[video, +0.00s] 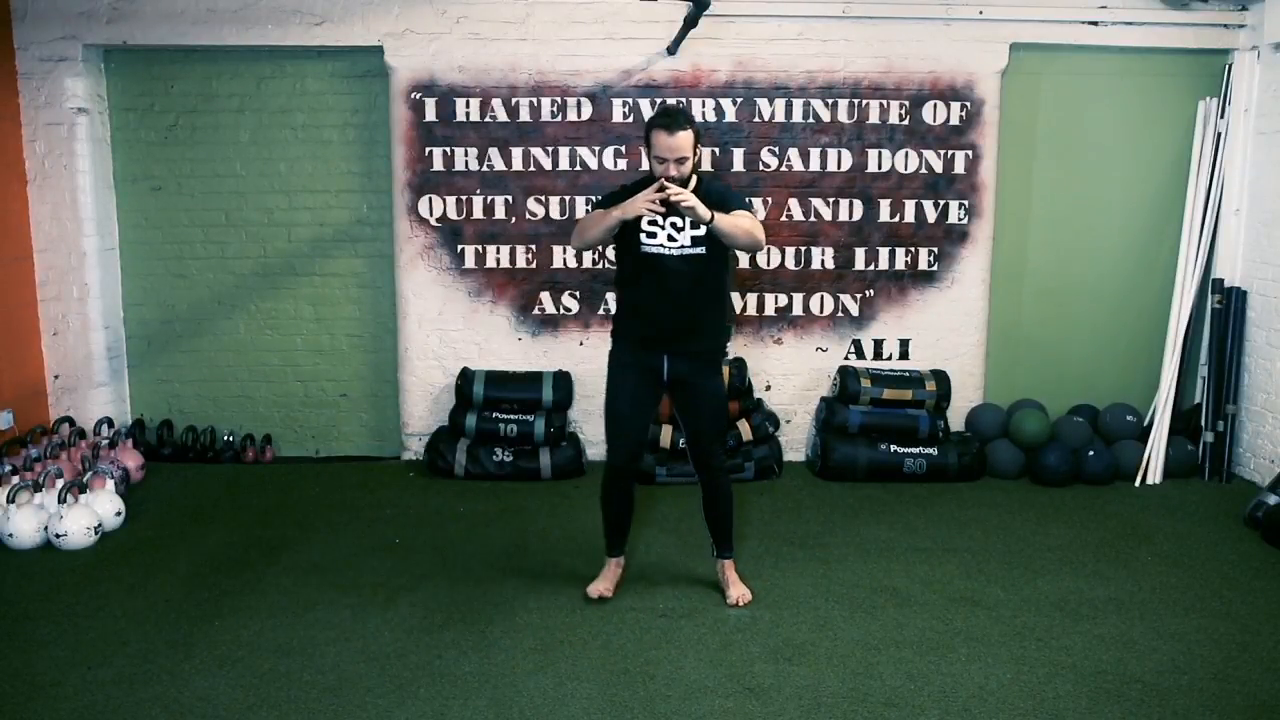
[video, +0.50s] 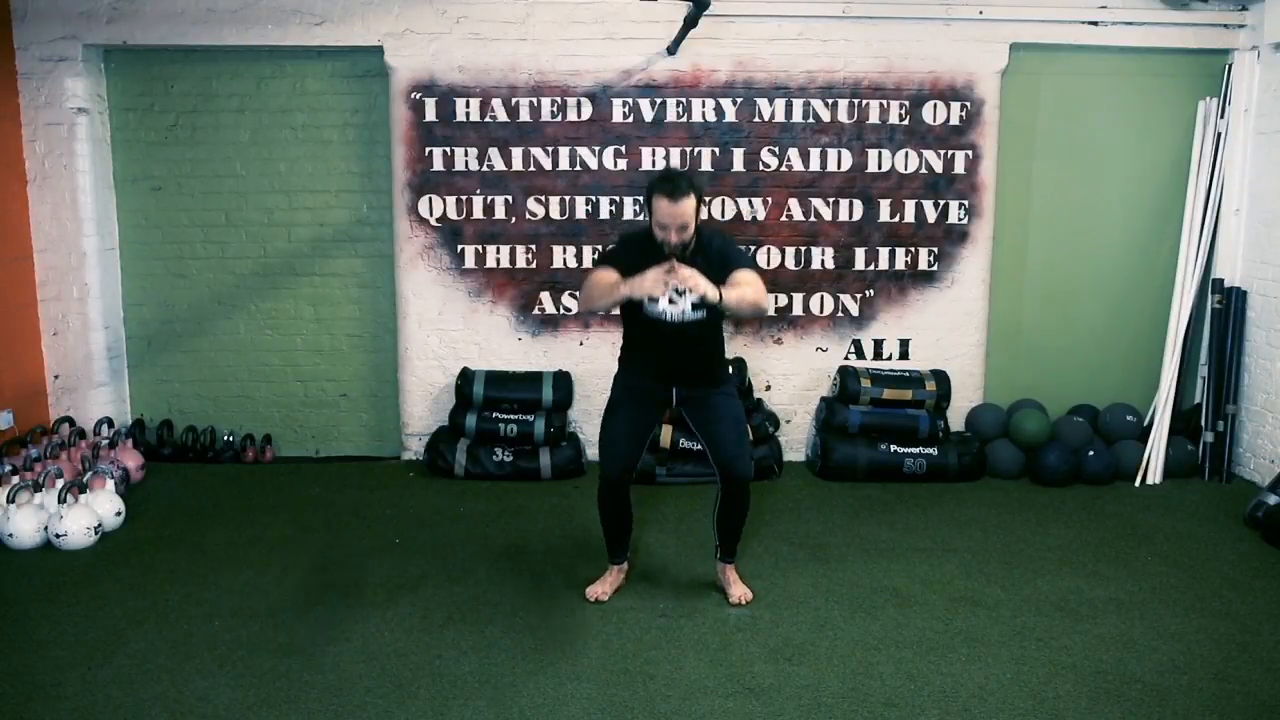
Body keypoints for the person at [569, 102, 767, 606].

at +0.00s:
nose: (670, 169)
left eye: (680, 159)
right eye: (661, 159)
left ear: (695, 153)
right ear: (648, 153)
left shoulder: (716, 193)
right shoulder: (628, 195)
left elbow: (754, 238)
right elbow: (580, 238)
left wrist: (704, 214)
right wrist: (625, 210)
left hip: (699, 351)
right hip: (635, 349)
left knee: (711, 459)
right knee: (622, 455)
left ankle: (726, 563)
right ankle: (614, 560)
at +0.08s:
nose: (676, 170)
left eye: (685, 160)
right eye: (666, 160)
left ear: (700, 151)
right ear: (651, 152)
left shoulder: (721, 193)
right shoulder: (632, 195)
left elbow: (756, 239)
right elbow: (584, 238)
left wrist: (706, 216)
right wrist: (628, 212)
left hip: (706, 352)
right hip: (641, 350)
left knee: (715, 461)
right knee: (628, 459)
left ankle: (726, 563)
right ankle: (618, 561)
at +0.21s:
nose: (676, 171)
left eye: (686, 161)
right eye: (667, 161)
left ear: (701, 153)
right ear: (653, 154)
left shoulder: (723, 195)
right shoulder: (634, 196)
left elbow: (759, 241)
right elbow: (587, 242)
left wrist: (709, 220)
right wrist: (631, 215)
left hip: (709, 352)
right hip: (643, 350)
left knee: (719, 461)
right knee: (628, 458)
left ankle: (726, 563)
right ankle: (617, 561)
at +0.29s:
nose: (675, 179)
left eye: (684, 169)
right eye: (665, 168)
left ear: (700, 159)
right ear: (652, 160)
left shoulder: (722, 198)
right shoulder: (635, 200)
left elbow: (760, 249)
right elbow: (588, 250)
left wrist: (709, 229)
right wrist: (634, 224)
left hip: (708, 356)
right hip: (643, 353)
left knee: (721, 461)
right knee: (625, 458)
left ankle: (726, 563)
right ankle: (617, 561)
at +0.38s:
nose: (674, 195)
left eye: (683, 184)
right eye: (665, 184)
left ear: (700, 174)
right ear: (652, 175)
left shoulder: (720, 213)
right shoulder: (634, 213)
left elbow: (759, 265)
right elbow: (586, 263)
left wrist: (711, 247)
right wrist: (633, 242)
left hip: (707, 365)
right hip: (640, 362)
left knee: (727, 465)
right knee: (621, 463)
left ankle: (727, 562)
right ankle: (617, 562)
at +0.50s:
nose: (672, 237)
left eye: (682, 227)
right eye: (663, 227)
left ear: (697, 216)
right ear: (650, 216)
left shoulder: (716, 247)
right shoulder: (632, 245)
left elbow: (758, 299)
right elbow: (587, 298)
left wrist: (713, 292)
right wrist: (632, 286)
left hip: (706, 379)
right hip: (641, 378)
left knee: (738, 471)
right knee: (613, 471)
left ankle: (727, 563)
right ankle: (617, 563)